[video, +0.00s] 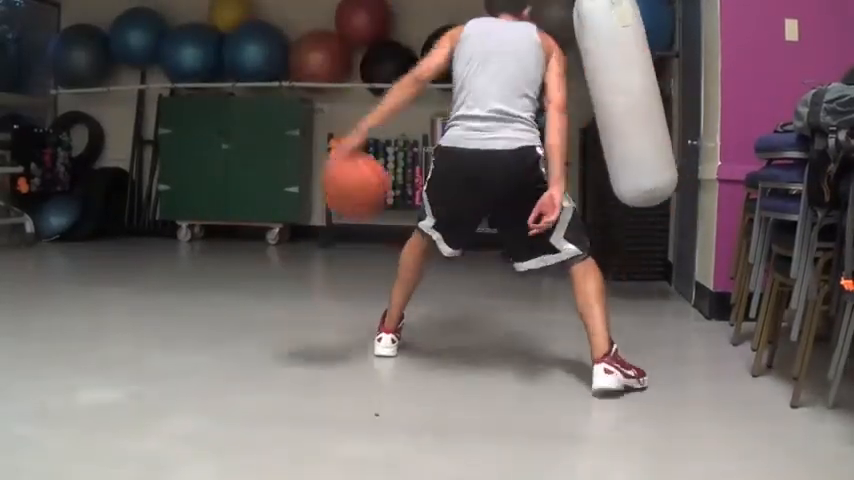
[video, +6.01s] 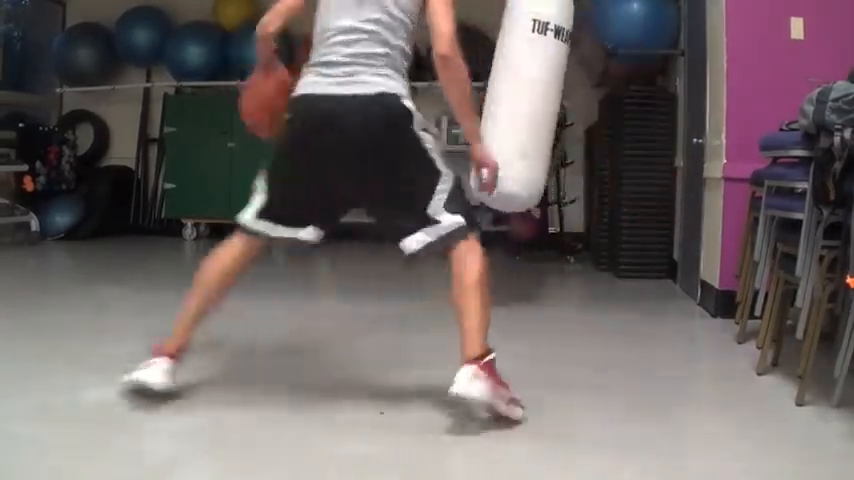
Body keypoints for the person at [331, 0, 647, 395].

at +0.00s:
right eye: (529, 18)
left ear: (488, 14)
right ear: (526, 17)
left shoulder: (458, 35)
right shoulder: (547, 45)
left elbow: (417, 79)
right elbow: (557, 111)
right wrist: (556, 184)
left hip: (457, 162)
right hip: (518, 166)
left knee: (425, 234)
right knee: (579, 255)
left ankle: (388, 329)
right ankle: (605, 360)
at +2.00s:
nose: (499, 81)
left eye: (499, 77)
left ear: (500, 77)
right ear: (530, 76)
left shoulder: (491, 94)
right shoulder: (551, 98)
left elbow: (439, 107)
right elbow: (601, 120)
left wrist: (388, 105)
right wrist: (583, 134)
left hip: (499, 180)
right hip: (543, 182)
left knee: (450, 233)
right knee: (555, 223)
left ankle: (423, 284)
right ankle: (575, 292)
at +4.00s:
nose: (608, 85)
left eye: (609, 78)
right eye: (609, 78)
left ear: (579, 69)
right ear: (595, 75)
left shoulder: (561, 91)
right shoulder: (561, 102)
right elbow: (625, 157)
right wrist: (677, 152)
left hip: (496, 169)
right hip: (468, 165)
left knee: (562, 218)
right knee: (501, 253)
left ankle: (555, 306)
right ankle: (433, 341)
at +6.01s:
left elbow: (269, 27)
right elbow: (445, 50)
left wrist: (267, 76)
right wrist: (475, 141)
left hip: (310, 111)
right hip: (383, 114)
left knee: (247, 237)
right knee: (463, 241)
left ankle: (165, 356)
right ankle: (476, 368)